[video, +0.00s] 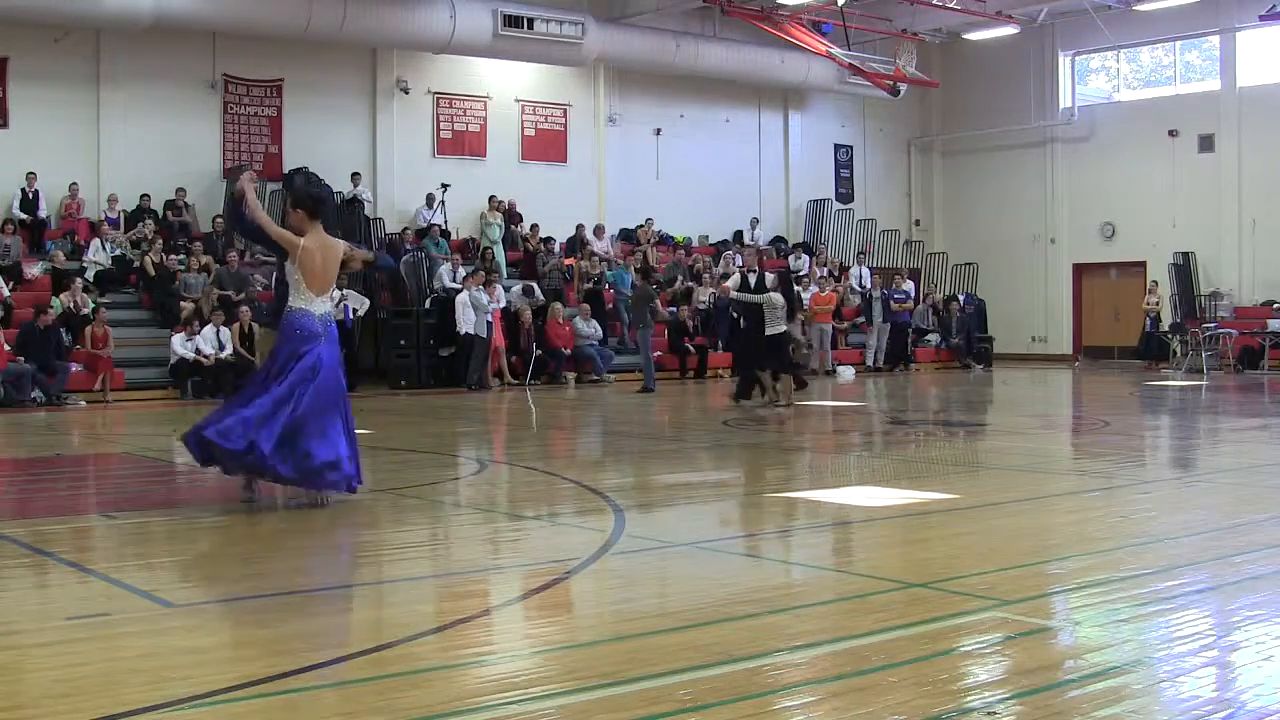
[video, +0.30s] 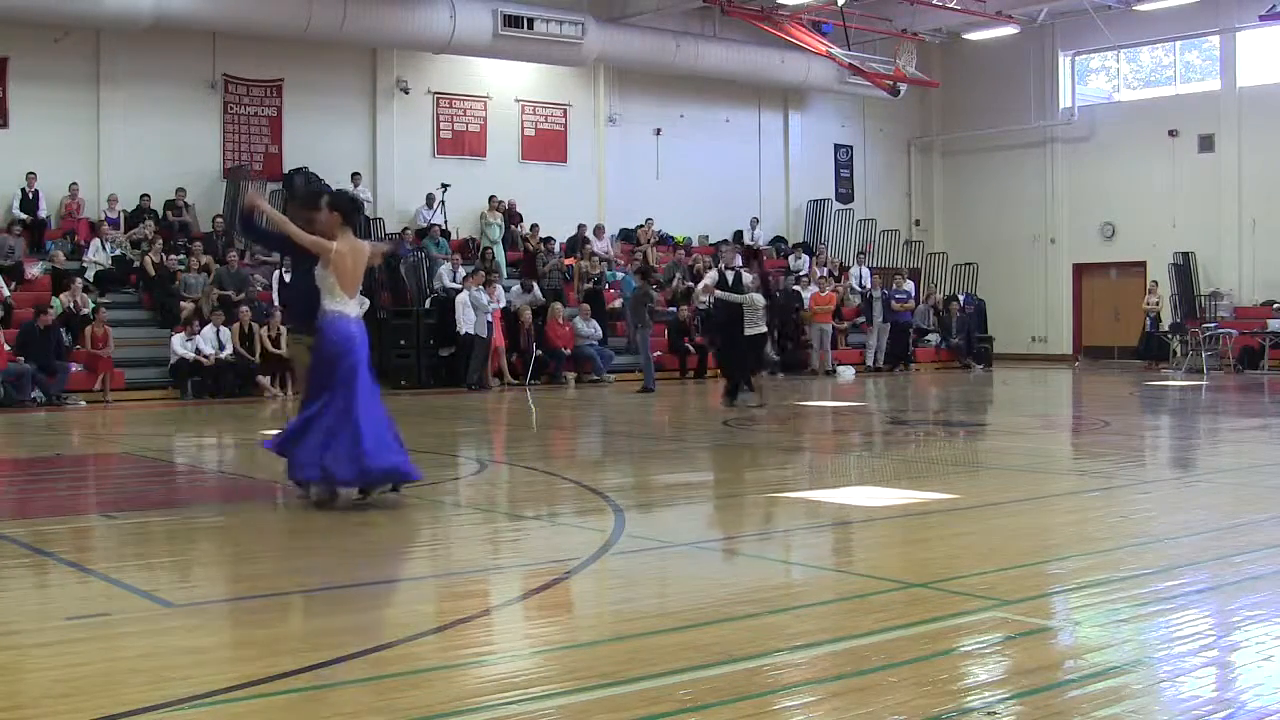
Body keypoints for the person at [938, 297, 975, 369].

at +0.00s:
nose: (954, 307)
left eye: (956, 305)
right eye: (952, 305)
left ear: (959, 307)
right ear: (949, 307)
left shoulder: (963, 318)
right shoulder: (944, 318)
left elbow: (964, 331)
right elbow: (943, 332)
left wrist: (958, 338)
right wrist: (950, 339)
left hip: (959, 338)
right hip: (949, 339)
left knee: (962, 344)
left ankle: (963, 360)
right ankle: (964, 360)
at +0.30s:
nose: (954, 307)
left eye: (956, 305)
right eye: (952, 305)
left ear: (959, 307)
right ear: (949, 307)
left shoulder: (963, 318)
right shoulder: (944, 318)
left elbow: (964, 331)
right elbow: (943, 332)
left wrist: (958, 338)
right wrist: (950, 339)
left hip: (960, 338)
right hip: (949, 339)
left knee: (961, 344)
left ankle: (963, 360)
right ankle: (964, 360)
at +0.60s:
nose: (954, 306)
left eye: (956, 305)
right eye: (952, 305)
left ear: (959, 307)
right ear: (949, 307)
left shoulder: (963, 318)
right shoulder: (944, 318)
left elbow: (964, 330)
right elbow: (943, 332)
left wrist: (958, 338)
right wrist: (949, 339)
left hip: (959, 338)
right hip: (949, 338)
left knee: (962, 344)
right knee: (953, 345)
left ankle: (964, 360)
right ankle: (962, 360)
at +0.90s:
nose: (954, 306)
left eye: (956, 305)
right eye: (952, 305)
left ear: (959, 307)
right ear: (949, 307)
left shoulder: (963, 318)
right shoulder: (945, 318)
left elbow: (964, 330)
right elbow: (943, 331)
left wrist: (958, 338)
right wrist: (949, 339)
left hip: (959, 338)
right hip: (950, 338)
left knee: (962, 344)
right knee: (953, 345)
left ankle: (964, 360)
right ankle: (962, 360)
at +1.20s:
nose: (955, 307)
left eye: (956, 305)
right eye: (953, 305)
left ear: (959, 307)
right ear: (949, 307)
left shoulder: (963, 318)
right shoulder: (944, 318)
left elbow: (965, 331)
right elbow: (943, 332)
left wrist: (958, 338)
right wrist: (950, 339)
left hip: (959, 338)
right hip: (949, 338)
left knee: (961, 344)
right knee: (953, 346)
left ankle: (964, 361)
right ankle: (964, 361)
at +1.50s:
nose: (955, 307)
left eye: (956, 305)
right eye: (953, 305)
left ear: (959, 307)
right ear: (950, 307)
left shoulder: (963, 318)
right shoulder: (944, 318)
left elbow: (964, 331)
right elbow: (943, 332)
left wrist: (958, 338)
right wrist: (950, 339)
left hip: (959, 338)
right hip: (949, 338)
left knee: (961, 344)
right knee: (952, 346)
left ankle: (964, 361)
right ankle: (964, 361)